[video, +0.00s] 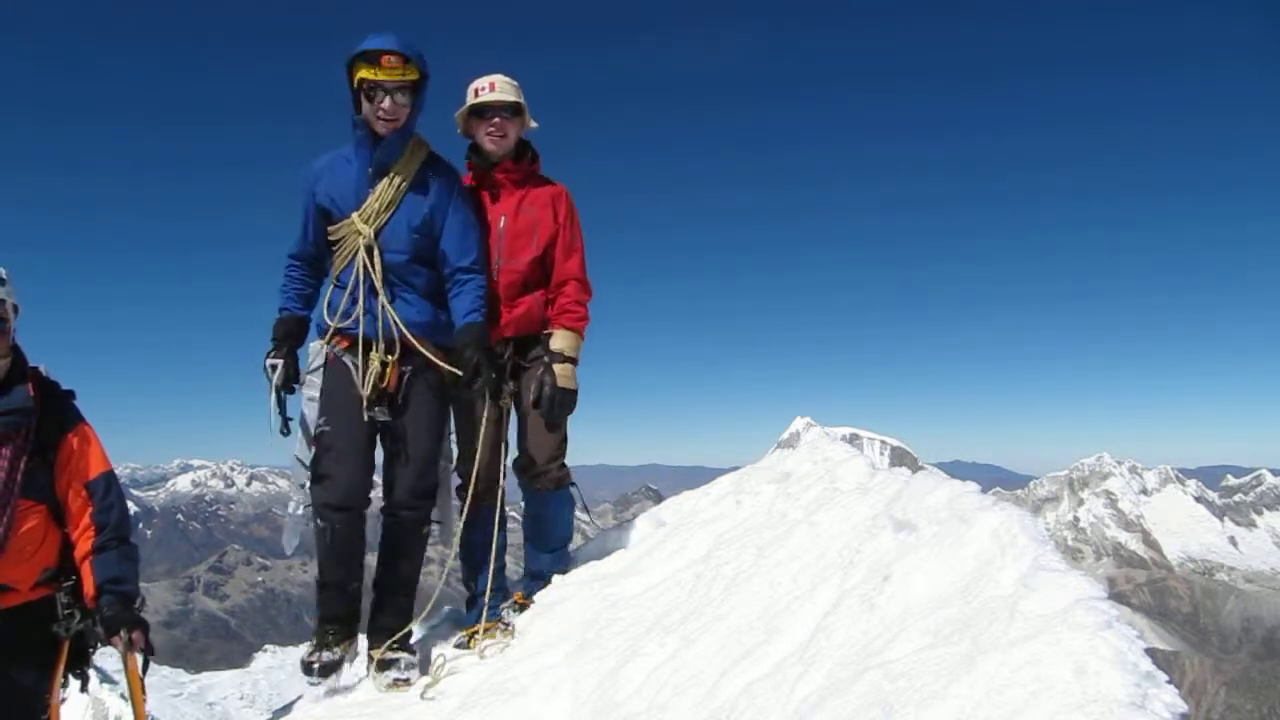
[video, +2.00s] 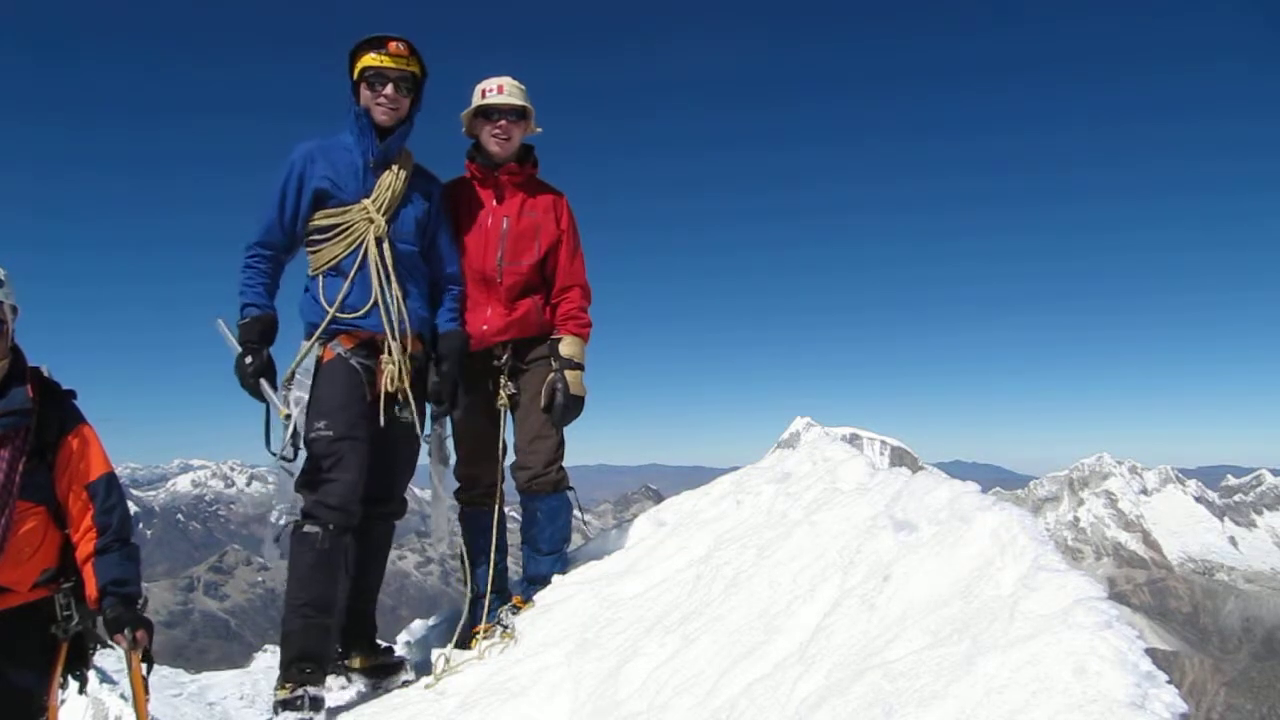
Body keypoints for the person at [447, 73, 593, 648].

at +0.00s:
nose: (496, 124)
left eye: (506, 115)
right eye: (485, 115)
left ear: (522, 124)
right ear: (470, 127)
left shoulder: (552, 198)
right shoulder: (454, 198)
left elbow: (571, 282)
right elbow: (440, 272)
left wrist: (562, 353)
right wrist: (452, 341)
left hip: (536, 348)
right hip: (473, 347)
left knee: (543, 463)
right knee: (477, 472)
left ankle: (546, 585)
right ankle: (484, 600)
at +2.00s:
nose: (501, 126)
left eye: (512, 117)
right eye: (491, 117)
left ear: (527, 127)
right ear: (473, 127)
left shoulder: (550, 204)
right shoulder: (450, 200)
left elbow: (571, 289)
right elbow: (431, 277)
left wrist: (572, 360)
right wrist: (435, 351)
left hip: (535, 350)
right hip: (469, 352)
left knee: (539, 466)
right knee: (476, 476)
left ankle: (542, 587)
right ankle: (485, 599)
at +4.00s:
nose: (494, 125)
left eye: (505, 116)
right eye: (484, 116)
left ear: (522, 126)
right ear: (467, 126)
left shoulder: (548, 202)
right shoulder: (443, 203)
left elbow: (569, 288)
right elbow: (425, 284)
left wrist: (567, 359)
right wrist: (427, 367)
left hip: (532, 353)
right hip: (464, 359)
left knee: (539, 470)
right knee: (478, 480)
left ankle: (541, 591)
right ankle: (484, 605)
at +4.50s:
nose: (492, 125)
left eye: (502, 115)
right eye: (481, 116)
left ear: (519, 125)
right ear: (464, 127)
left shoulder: (545, 202)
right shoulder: (438, 203)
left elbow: (566, 287)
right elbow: (422, 287)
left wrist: (565, 357)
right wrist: (426, 364)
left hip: (530, 351)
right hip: (462, 357)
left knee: (538, 472)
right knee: (476, 480)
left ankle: (541, 589)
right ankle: (486, 604)